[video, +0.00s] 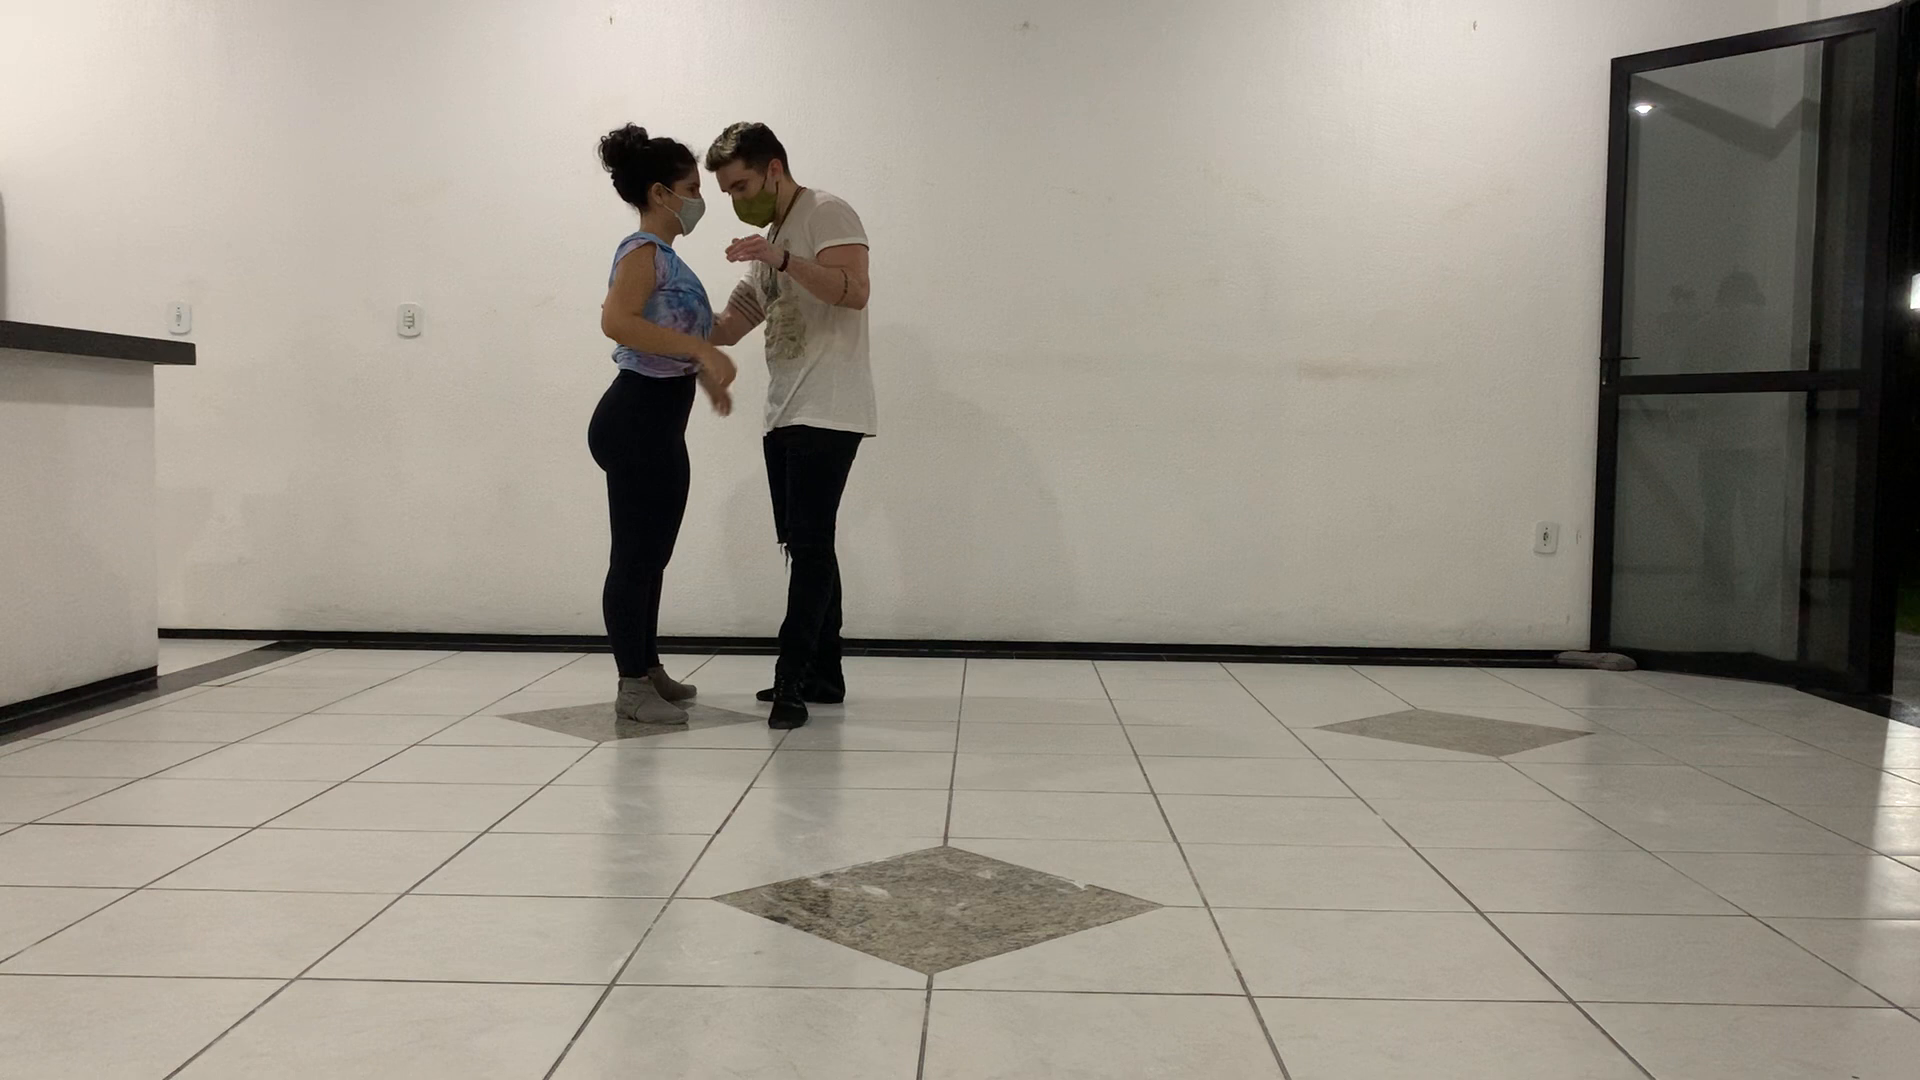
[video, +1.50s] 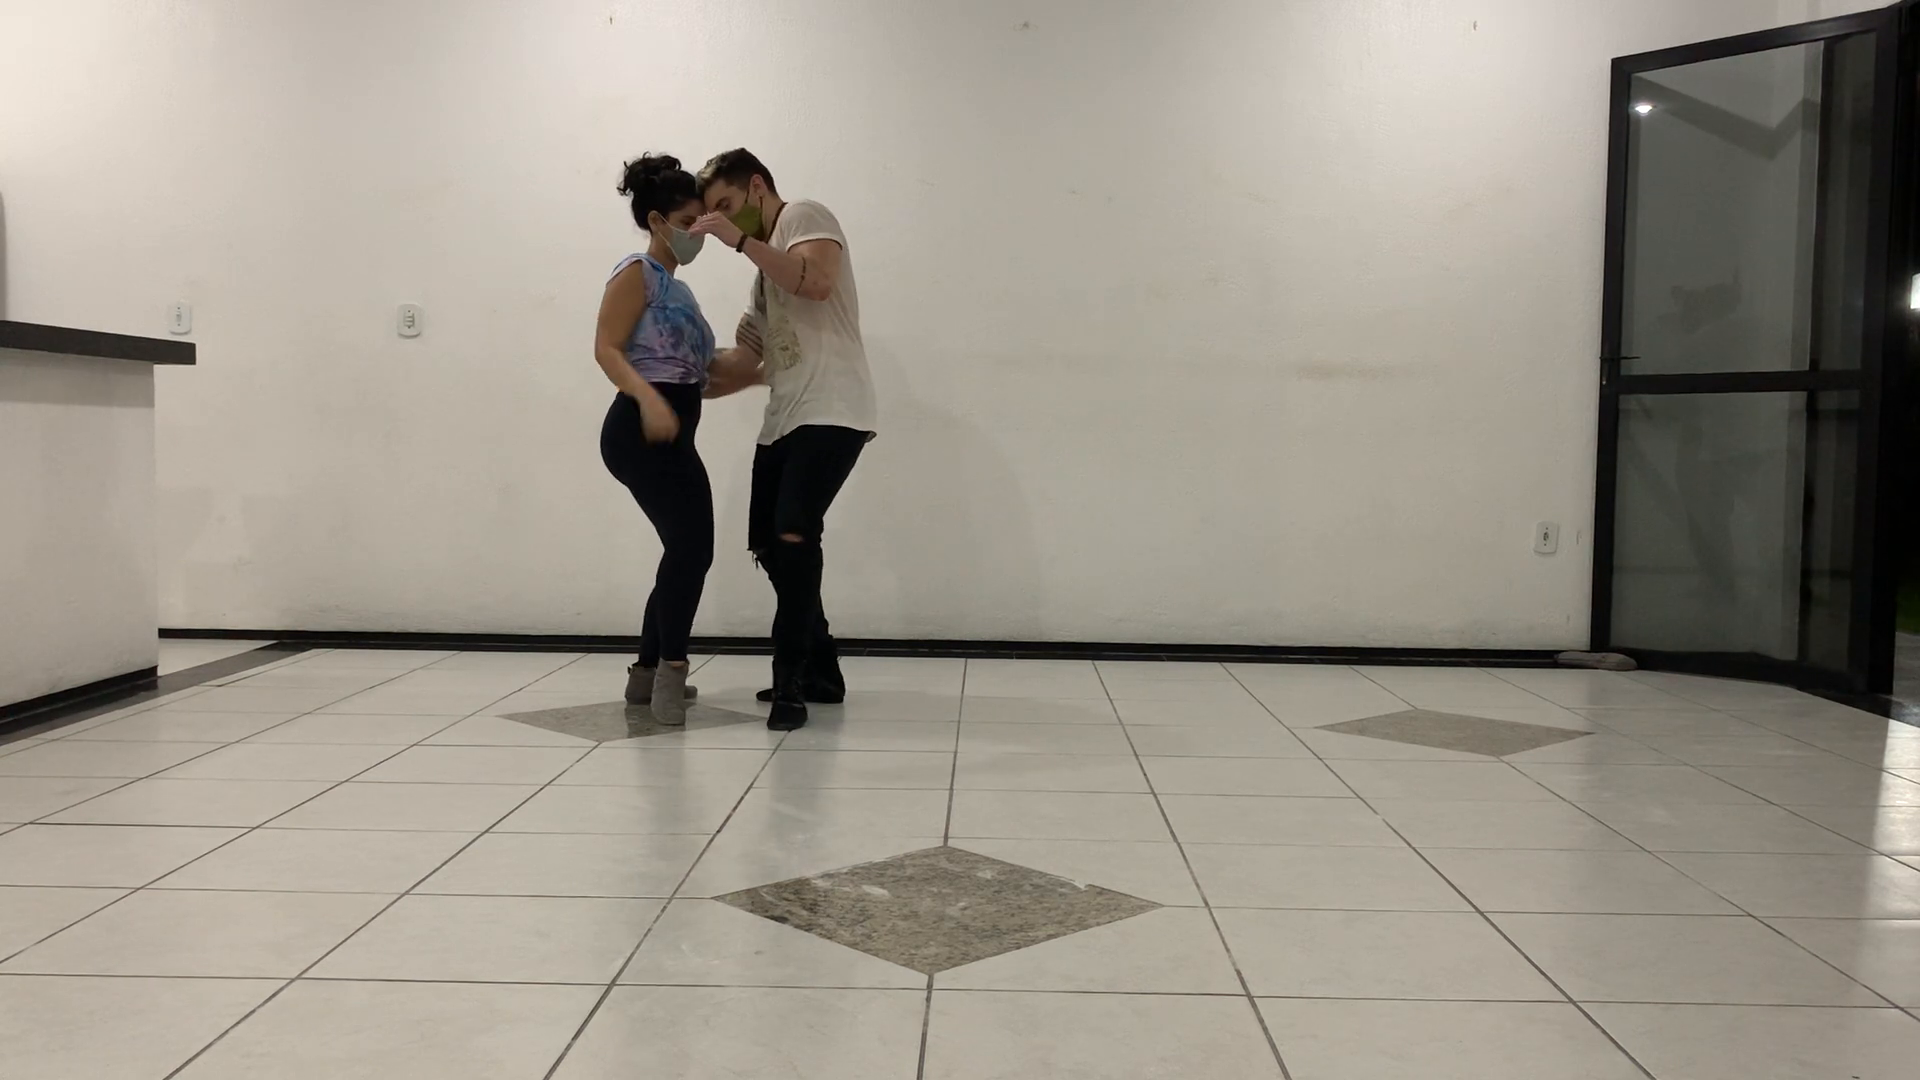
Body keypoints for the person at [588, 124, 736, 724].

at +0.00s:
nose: (701, 199)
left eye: (699, 189)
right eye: (692, 189)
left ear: (659, 195)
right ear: (660, 194)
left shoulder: (661, 254)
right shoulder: (642, 252)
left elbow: (673, 332)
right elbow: (616, 319)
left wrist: (709, 370)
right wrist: (701, 350)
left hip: (657, 418)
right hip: (638, 418)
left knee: (650, 553)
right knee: (635, 556)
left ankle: (645, 670)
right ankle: (633, 688)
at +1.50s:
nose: (698, 232)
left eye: (700, 220)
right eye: (688, 220)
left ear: (691, 221)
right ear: (655, 221)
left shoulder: (673, 286)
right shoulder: (635, 274)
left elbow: (703, 376)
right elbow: (605, 349)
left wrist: (767, 368)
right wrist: (648, 398)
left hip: (672, 428)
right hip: (642, 426)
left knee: (689, 547)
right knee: (690, 546)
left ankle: (648, 674)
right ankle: (669, 676)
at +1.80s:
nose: (698, 230)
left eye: (702, 220)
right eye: (687, 220)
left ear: (702, 221)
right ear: (655, 223)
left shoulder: (678, 292)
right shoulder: (633, 278)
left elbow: (686, 385)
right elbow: (598, 354)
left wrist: (735, 436)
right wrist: (583, 429)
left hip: (667, 426)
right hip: (642, 423)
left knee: (689, 545)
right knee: (704, 535)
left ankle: (653, 668)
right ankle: (656, 660)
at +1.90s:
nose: (701, 229)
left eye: (704, 218)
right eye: (690, 218)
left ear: (699, 220)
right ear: (657, 221)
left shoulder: (676, 291)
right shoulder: (633, 276)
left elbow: (682, 381)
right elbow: (597, 349)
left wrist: (717, 444)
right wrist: (582, 424)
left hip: (667, 427)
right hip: (641, 423)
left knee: (696, 542)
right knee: (693, 543)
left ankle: (653, 664)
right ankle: (650, 663)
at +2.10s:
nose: (701, 228)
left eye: (703, 219)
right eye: (689, 219)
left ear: (702, 222)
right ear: (658, 223)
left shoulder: (677, 294)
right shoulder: (640, 273)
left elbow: (723, 367)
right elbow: (604, 346)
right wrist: (601, 420)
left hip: (674, 417)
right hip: (647, 415)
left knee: (692, 545)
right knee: (672, 543)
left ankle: (650, 665)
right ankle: (638, 668)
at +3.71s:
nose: (694, 239)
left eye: (700, 228)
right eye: (683, 228)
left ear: (704, 230)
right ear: (654, 229)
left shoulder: (673, 291)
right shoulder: (644, 270)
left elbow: (672, 359)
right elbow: (577, 276)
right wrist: (626, 343)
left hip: (667, 429)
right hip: (639, 425)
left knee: (694, 552)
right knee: (663, 550)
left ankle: (650, 667)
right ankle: (630, 678)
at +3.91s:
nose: (695, 238)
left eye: (700, 227)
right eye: (685, 226)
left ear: (702, 229)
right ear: (656, 226)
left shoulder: (680, 298)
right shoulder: (638, 265)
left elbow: (701, 377)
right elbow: (567, 269)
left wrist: (757, 367)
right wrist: (639, 287)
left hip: (664, 429)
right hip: (640, 424)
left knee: (686, 546)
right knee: (682, 544)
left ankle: (652, 669)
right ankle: (649, 674)